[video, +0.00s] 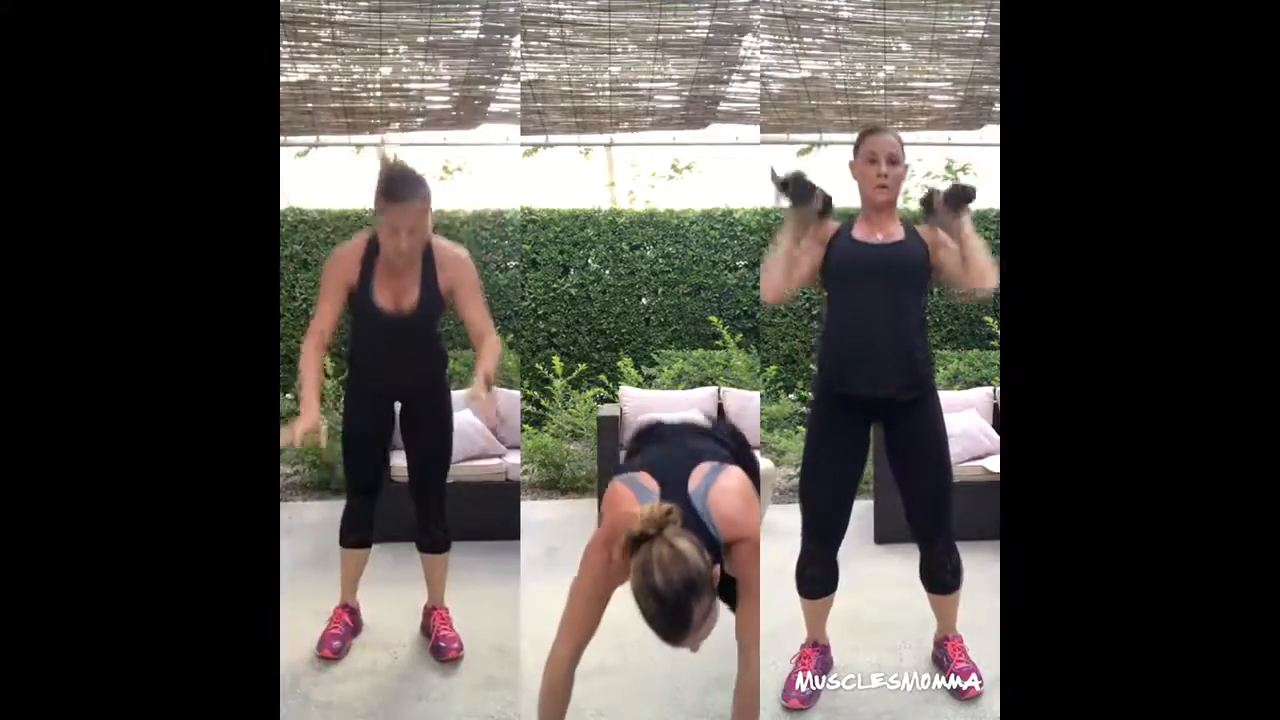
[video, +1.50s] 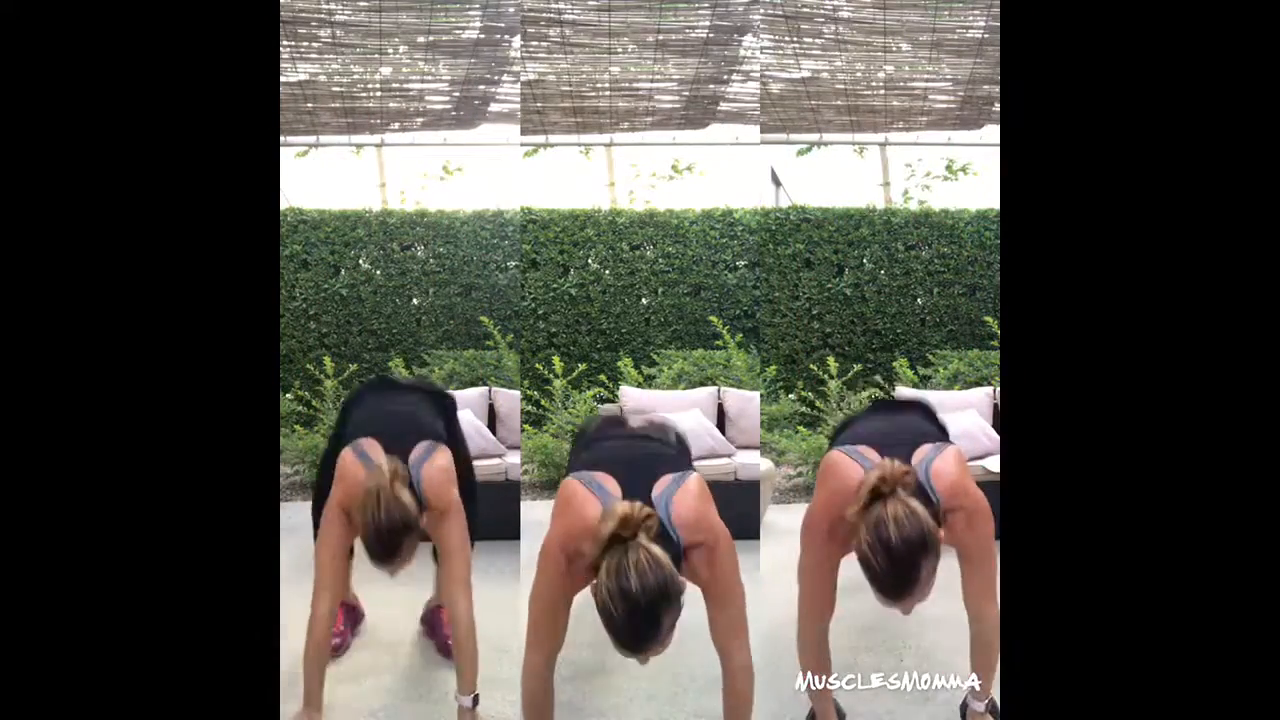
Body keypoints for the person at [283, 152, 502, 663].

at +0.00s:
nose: (404, 241)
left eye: (414, 230)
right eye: (394, 230)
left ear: (429, 217)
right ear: (377, 216)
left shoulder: (452, 262)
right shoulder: (349, 258)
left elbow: (487, 336)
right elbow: (317, 338)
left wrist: (483, 374)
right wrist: (310, 408)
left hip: (427, 394)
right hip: (367, 393)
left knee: (431, 502)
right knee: (360, 498)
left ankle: (437, 610)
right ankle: (347, 608)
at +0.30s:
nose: (402, 427)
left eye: (412, 416)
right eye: (391, 417)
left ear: (427, 389)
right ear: (375, 390)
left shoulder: (452, 379)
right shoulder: (349, 377)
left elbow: (479, 481)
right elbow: (315, 496)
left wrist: (482, 574)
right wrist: (308, 598)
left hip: (432, 418)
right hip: (367, 421)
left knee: (440, 509)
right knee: (346, 509)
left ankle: (435, 611)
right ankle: (347, 608)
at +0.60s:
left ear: (422, 530)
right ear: (363, 530)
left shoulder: (443, 492)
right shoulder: (340, 489)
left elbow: (461, 605)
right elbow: (320, 607)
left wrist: (469, 700)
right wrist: (312, 708)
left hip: (424, 359)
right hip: (355, 359)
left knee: (444, 488)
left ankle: (447, 600)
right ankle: (342, 596)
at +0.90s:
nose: (391, 623)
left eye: (399, 617)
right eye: (380, 618)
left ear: (419, 562)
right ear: (347, 563)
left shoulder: (451, 516)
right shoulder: (327, 519)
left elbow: (473, 625)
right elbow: (302, 628)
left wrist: (468, 708)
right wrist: (311, 710)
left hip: (431, 438)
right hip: (357, 440)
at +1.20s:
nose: (400, 616)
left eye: (410, 604)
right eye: (388, 610)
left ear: (427, 555)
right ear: (357, 565)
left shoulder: (452, 506)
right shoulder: (339, 506)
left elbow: (476, 618)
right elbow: (307, 618)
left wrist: (468, 706)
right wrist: (311, 709)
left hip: (428, 439)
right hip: (360, 440)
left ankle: (439, 547)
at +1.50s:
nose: (397, 567)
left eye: (403, 559)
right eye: (387, 563)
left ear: (417, 523)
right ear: (362, 526)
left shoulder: (442, 490)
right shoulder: (341, 495)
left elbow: (461, 604)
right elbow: (323, 609)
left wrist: (467, 703)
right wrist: (311, 708)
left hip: (432, 403)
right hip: (364, 403)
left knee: (459, 513)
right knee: (327, 509)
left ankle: (440, 607)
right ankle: (346, 604)